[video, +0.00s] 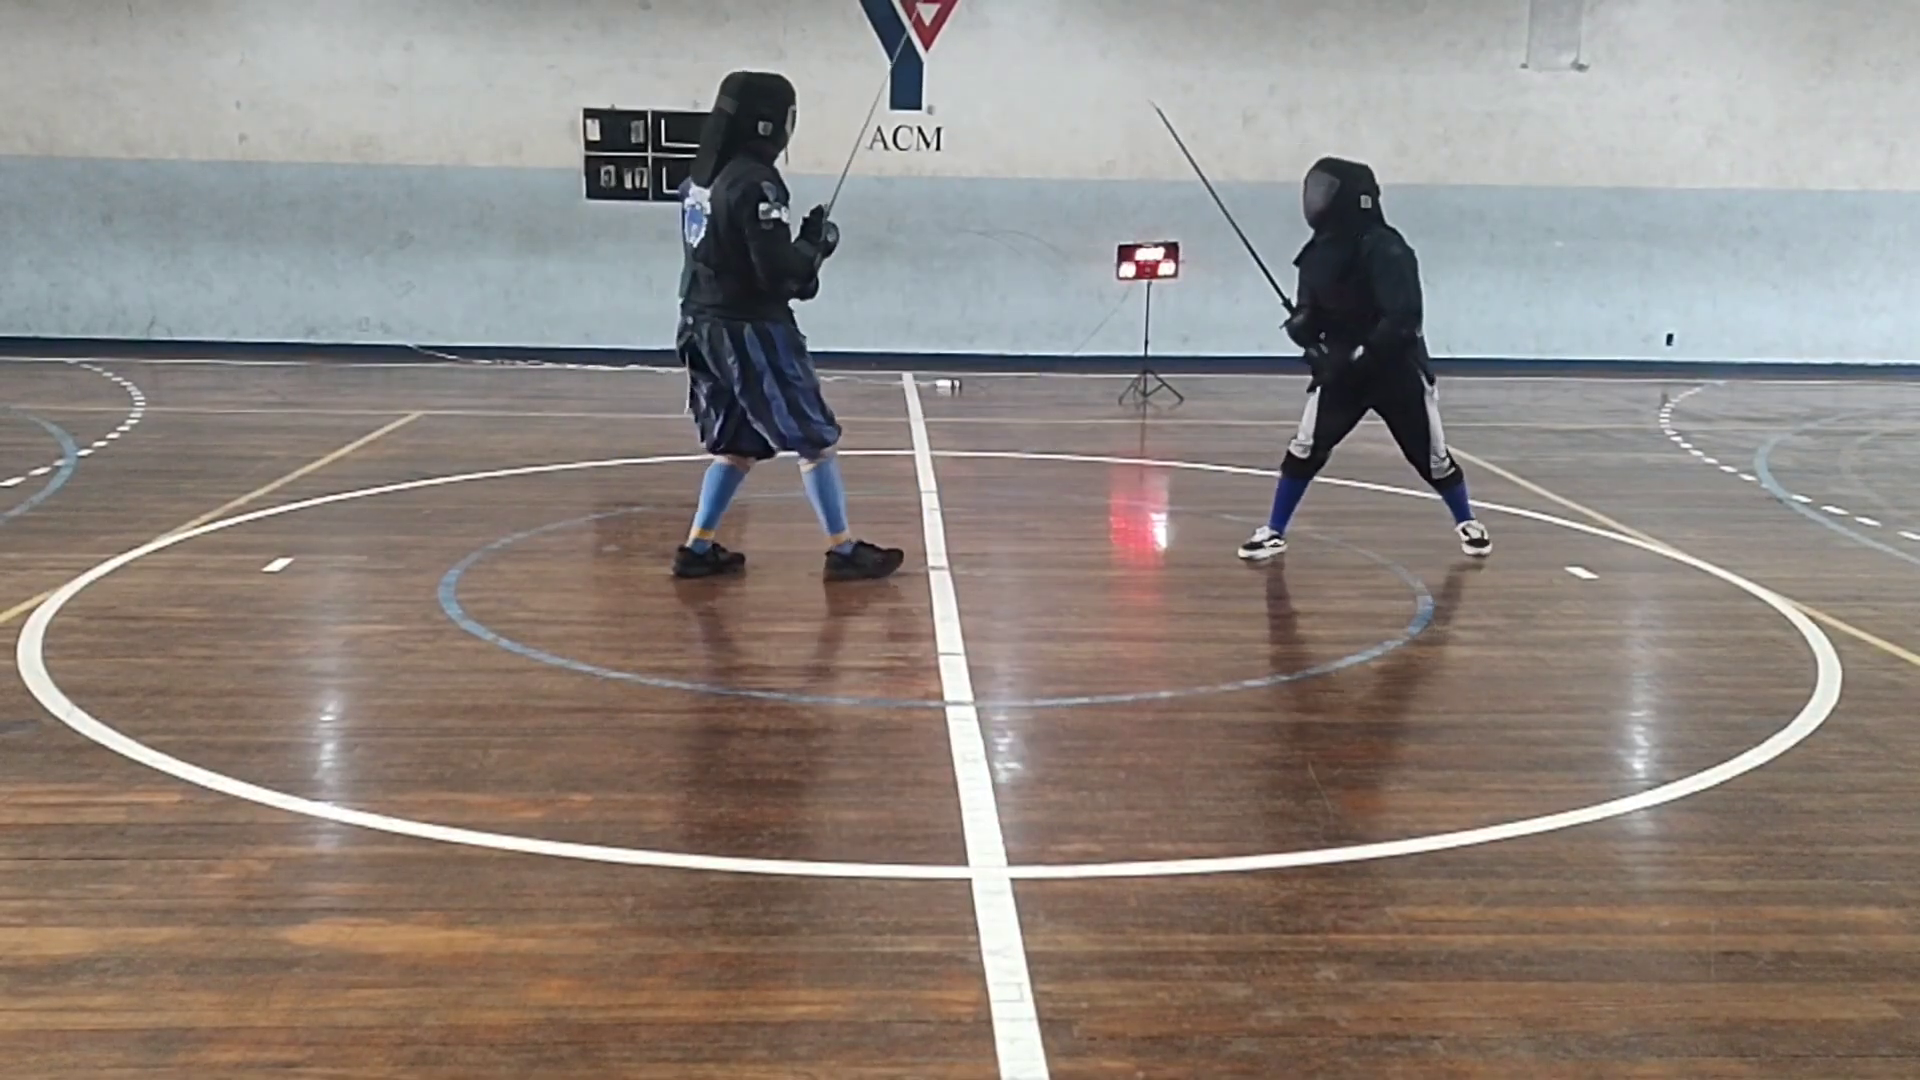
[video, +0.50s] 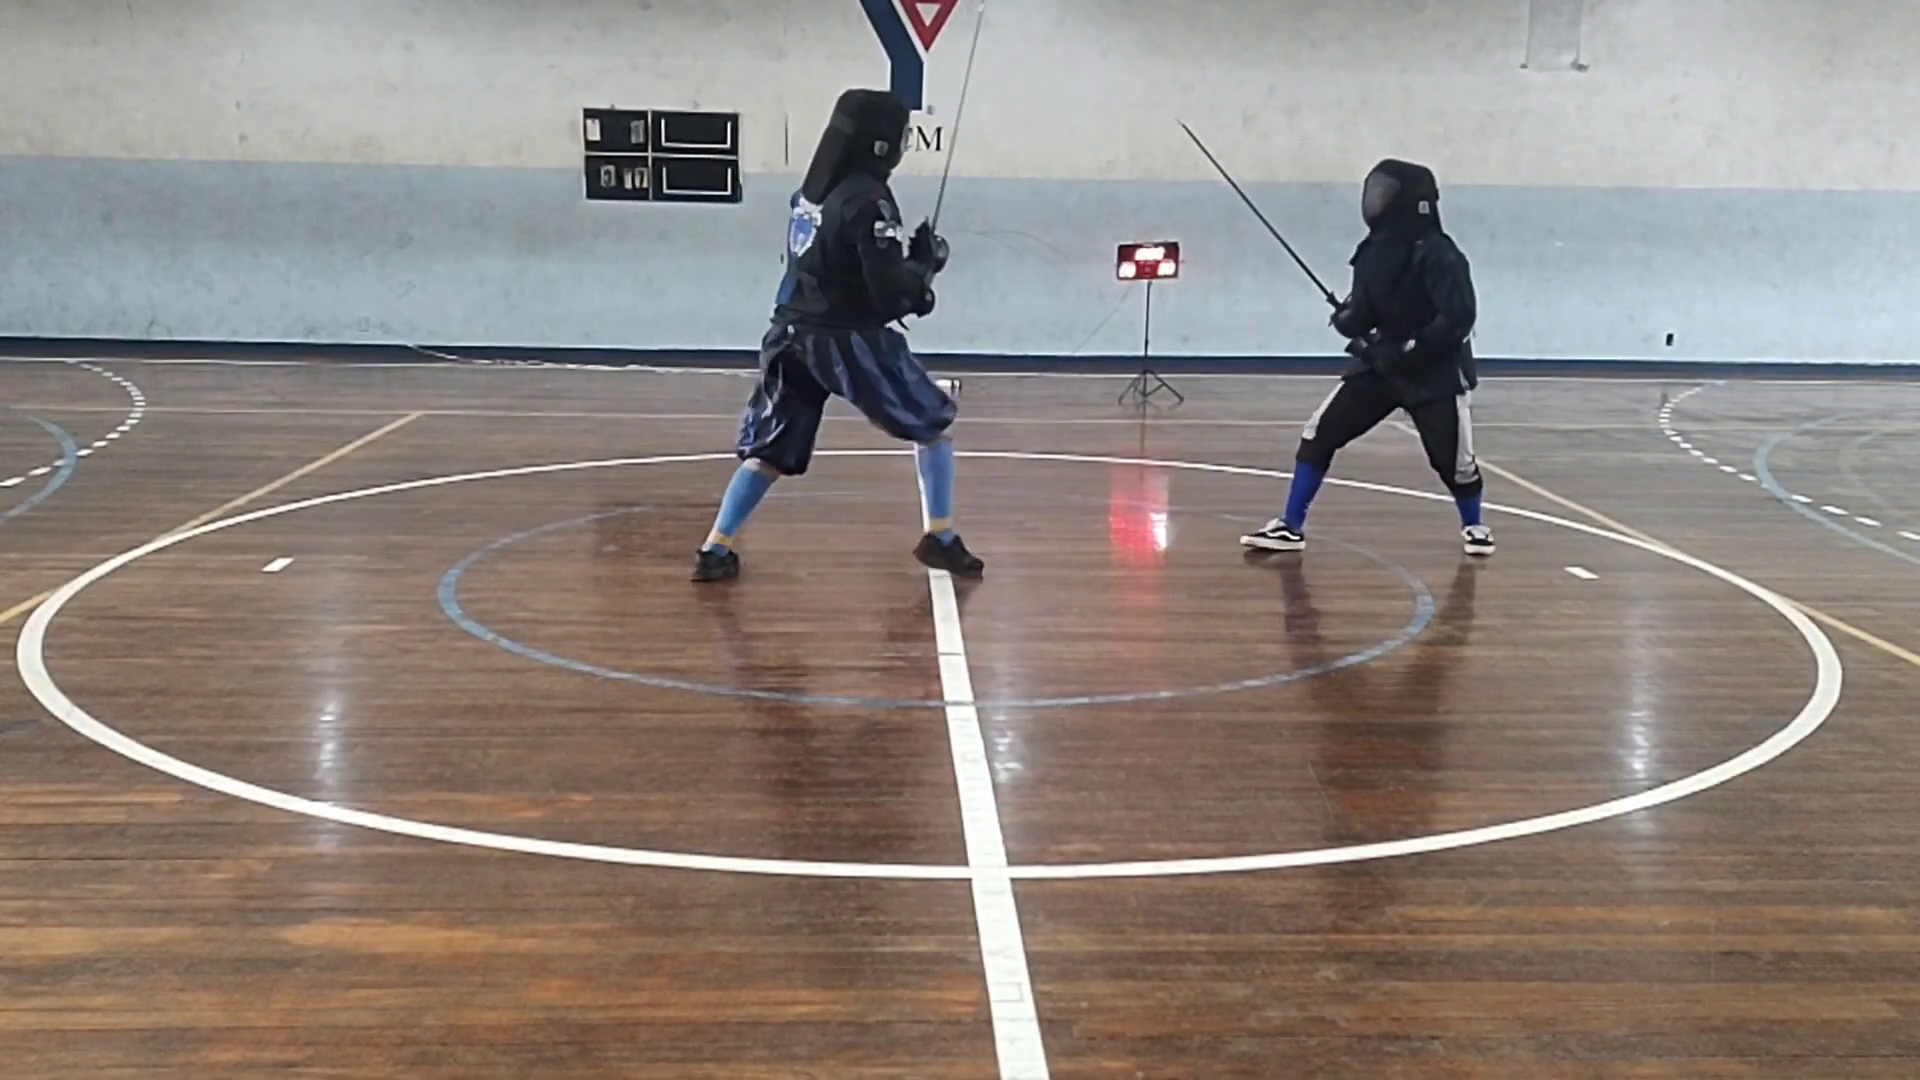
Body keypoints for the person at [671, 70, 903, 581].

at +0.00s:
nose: (789, 131)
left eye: (789, 121)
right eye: (786, 121)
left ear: (732, 120)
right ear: (767, 126)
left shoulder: (703, 173)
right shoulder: (757, 184)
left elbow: (728, 259)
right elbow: (785, 274)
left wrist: (798, 241)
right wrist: (814, 246)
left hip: (705, 325)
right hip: (754, 329)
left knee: (742, 440)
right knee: (814, 435)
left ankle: (698, 545)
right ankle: (844, 547)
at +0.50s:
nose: (901, 148)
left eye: (901, 138)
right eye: (898, 139)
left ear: (846, 136)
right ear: (880, 144)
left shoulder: (812, 187)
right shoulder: (869, 201)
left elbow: (828, 269)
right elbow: (892, 285)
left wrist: (904, 270)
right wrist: (925, 264)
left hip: (792, 333)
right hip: (853, 338)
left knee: (772, 445)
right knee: (932, 423)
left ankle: (716, 547)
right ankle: (940, 535)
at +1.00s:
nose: (962, 152)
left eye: (958, 143)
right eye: (959, 143)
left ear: (905, 142)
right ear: (948, 151)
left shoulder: (879, 186)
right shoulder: (948, 207)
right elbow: (1025, 252)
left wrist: (982, 222)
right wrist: (1063, 227)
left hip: (855, 336)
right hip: (920, 343)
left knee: (808, 443)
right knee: (991, 435)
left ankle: (732, 532)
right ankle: (1008, 550)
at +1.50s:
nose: (987, 147)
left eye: (988, 141)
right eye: (984, 139)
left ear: (935, 137)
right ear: (972, 148)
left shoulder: (905, 172)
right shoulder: (974, 199)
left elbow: (967, 173)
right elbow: (1046, 212)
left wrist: (1014, 166)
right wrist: (1096, 196)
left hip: (875, 335)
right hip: (938, 341)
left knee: (828, 437)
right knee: (1005, 435)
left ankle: (757, 533)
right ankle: (1010, 552)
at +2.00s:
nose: (1033, 156)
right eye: (1030, 148)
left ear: (974, 128)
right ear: (1016, 151)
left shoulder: (937, 162)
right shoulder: (1014, 202)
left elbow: (981, 100)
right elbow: (1074, 169)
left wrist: (1045, 94)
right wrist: (1113, 126)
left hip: (910, 328)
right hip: (975, 336)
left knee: (869, 434)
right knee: (1025, 441)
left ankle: (806, 537)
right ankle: (1009, 552)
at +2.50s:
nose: (1041, 155)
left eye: (1042, 145)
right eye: (1038, 146)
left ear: (989, 129)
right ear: (1027, 149)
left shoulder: (946, 160)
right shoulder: (1027, 199)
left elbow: (1000, 122)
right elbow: (1084, 196)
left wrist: (1070, 136)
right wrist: (1114, 145)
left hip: (922, 328)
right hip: (989, 337)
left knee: (874, 434)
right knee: (1032, 441)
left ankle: (820, 546)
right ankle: (1010, 553)